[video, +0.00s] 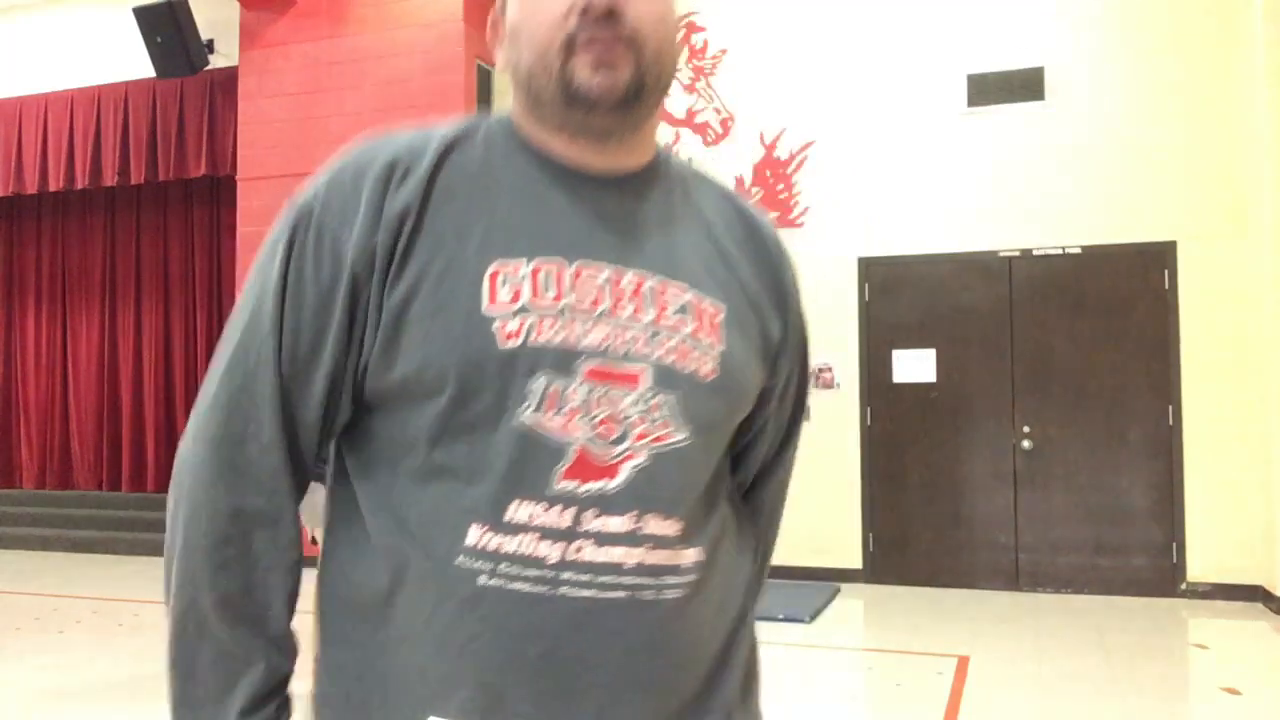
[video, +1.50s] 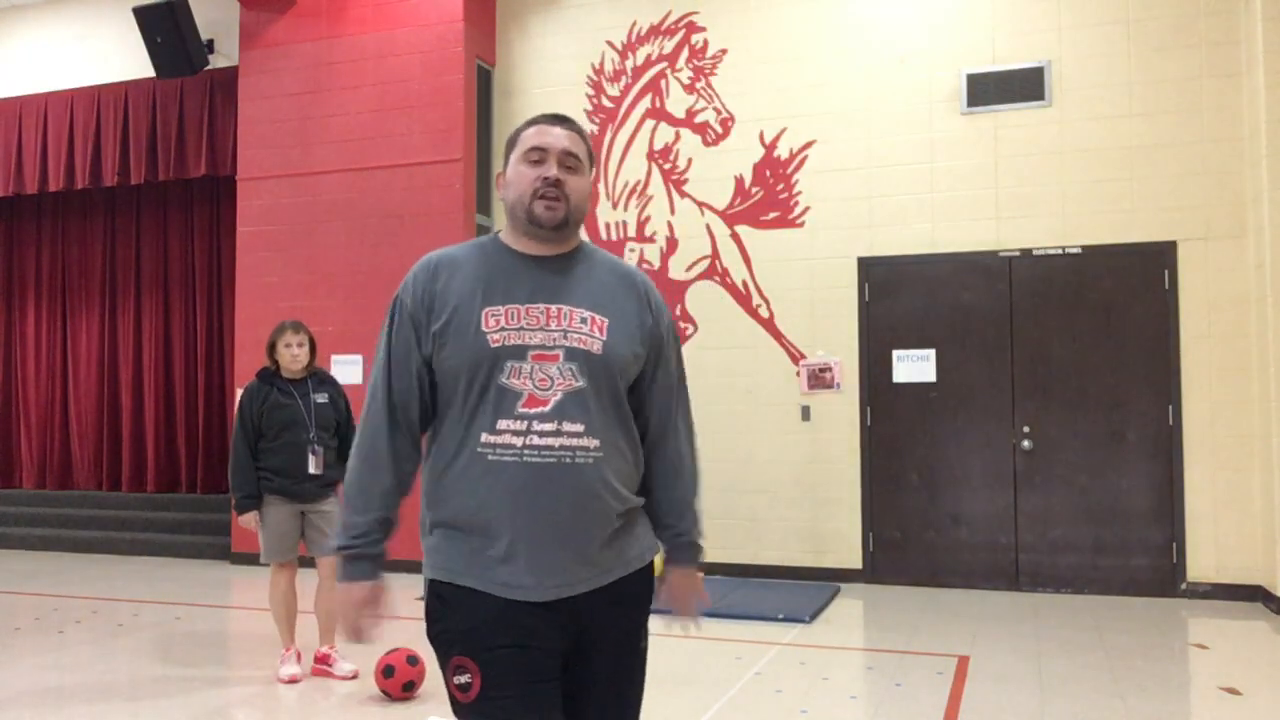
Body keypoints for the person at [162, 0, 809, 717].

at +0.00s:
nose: (601, 4)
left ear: (680, 27)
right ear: (498, 29)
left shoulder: (752, 256)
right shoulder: (376, 198)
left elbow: (744, 532)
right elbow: (228, 478)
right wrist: (240, 706)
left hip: (680, 704)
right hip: (410, 697)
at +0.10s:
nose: (576, 47)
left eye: (608, 23)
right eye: (540, 22)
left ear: (650, 64)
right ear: (487, 75)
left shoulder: (732, 280)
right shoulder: (374, 248)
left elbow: (756, 527)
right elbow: (259, 516)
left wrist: (741, 684)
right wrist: (217, 704)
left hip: (665, 700)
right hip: (416, 697)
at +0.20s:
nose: (557, 70)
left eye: (585, 51)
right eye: (526, 49)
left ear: (626, 87)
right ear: (477, 92)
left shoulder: (707, 267)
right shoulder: (381, 256)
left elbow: (771, 490)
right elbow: (313, 493)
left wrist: (813, 682)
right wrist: (257, 693)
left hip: (637, 691)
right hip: (415, 689)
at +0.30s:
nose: (547, 64)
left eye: (574, 47)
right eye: (517, 46)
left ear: (615, 85)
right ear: (476, 88)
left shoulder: (692, 253)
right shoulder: (385, 240)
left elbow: (779, 456)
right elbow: (315, 441)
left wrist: (867, 649)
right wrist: (309, 616)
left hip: (627, 675)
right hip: (427, 674)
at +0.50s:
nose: (546, 69)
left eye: (572, 53)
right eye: (521, 52)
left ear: (608, 92)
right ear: (482, 90)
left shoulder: (680, 238)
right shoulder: (398, 225)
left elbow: (753, 400)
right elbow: (313, 402)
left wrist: (802, 542)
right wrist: (300, 569)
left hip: (624, 655)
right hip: (426, 651)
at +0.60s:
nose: (546, 83)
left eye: (570, 68)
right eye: (521, 68)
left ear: (604, 106)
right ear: (484, 108)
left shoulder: (674, 242)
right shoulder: (407, 236)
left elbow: (723, 392)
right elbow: (329, 412)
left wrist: (730, 517)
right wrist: (277, 580)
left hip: (621, 639)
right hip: (429, 640)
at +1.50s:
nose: (553, 172)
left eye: (572, 163)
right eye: (535, 158)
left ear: (593, 191)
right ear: (502, 181)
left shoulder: (635, 295)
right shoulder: (437, 283)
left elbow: (667, 434)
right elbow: (388, 428)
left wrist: (683, 553)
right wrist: (359, 561)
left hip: (608, 582)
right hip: (482, 584)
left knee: (605, 712)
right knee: (505, 708)